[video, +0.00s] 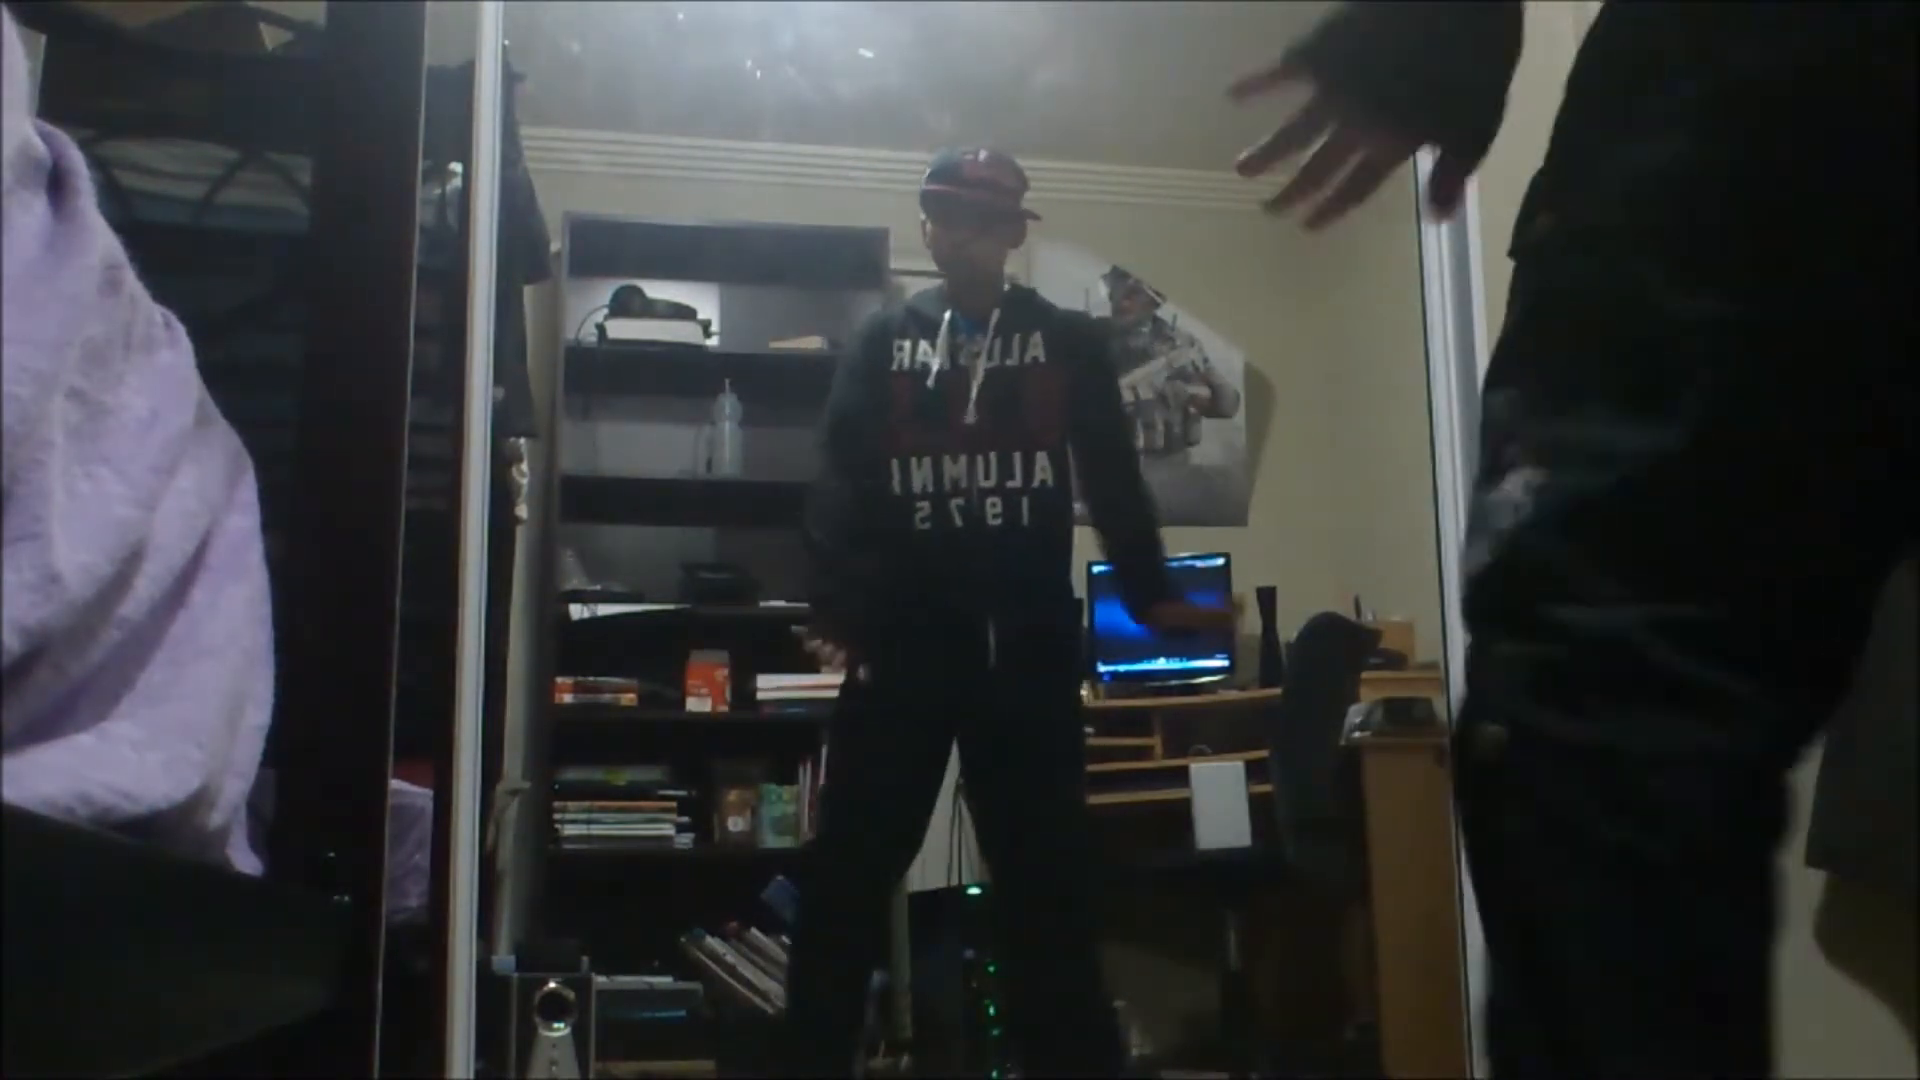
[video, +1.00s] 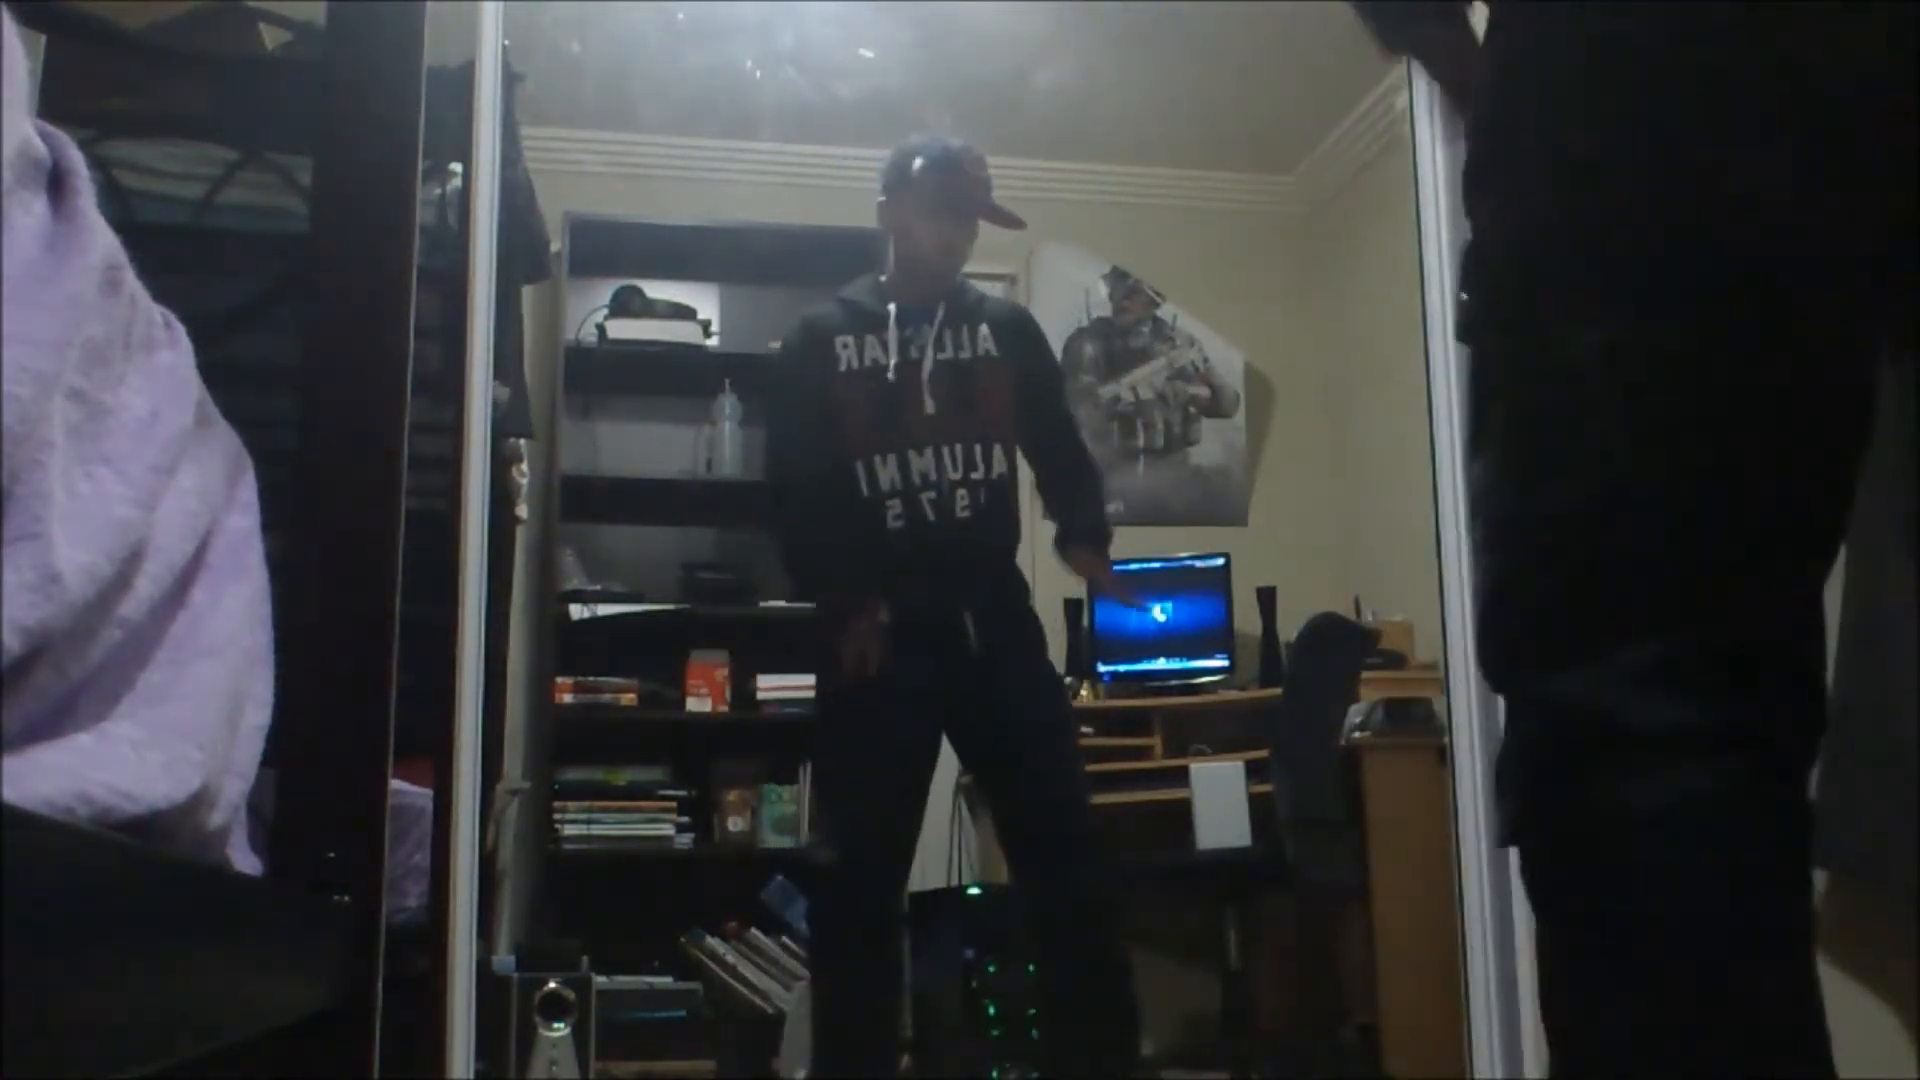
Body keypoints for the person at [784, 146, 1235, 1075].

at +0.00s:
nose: (973, 237)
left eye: (992, 220)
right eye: (956, 218)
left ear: (1021, 230)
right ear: (927, 226)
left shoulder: (1068, 340)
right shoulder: (881, 337)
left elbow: (1113, 481)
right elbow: (839, 480)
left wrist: (1156, 601)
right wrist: (836, 602)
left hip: (1027, 637)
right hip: (905, 634)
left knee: (1045, 868)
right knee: (850, 865)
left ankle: (1067, 1063)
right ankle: (814, 1062)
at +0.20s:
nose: (933, 239)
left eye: (957, 224)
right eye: (922, 222)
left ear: (996, 234)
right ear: (904, 230)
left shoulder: (1053, 339)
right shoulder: (873, 353)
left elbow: (1098, 493)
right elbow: (853, 523)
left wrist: (1087, 529)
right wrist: (800, 602)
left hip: (1022, 634)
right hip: (904, 634)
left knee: (1054, 869)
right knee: (828, 852)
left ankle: (1055, 1065)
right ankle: (767, 1063)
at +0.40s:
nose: (886, 247)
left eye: (907, 230)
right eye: (877, 230)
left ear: (951, 235)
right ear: (868, 233)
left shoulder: (1011, 323)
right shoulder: (857, 351)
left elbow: (1059, 466)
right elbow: (813, 477)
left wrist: (960, 489)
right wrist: (732, 520)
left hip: (989, 626)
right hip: (879, 630)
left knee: (1009, 857)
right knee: (820, 820)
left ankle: (1024, 1061)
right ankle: (822, 1051)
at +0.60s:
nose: (870, 235)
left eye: (890, 219)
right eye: (857, 219)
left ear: (930, 227)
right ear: (841, 227)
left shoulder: (989, 326)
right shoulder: (824, 357)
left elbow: (1072, 465)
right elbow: (783, 501)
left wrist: (996, 534)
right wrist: (735, 609)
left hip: (975, 641)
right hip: (862, 643)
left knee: (1002, 879)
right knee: (826, 876)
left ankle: (1024, 1065)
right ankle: (819, 1063)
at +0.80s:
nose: (892, 214)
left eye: (914, 202)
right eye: (877, 197)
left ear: (941, 225)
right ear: (846, 214)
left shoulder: (989, 329)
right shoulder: (802, 352)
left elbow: (1080, 441)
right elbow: (782, 501)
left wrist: (1087, 478)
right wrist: (810, 624)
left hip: (983, 625)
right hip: (860, 633)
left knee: (1049, 851)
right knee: (835, 868)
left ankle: (1093, 1056)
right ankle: (820, 1065)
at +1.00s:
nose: (960, 230)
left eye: (971, 214)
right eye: (941, 209)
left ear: (982, 223)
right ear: (889, 211)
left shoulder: (1006, 327)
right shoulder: (822, 335)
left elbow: (1054, 440)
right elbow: (798, 486)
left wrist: (1082, 526)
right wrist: (841, 601)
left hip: (993, 614)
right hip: (875, 620)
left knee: (1062, 843)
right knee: (864, 866)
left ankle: (1095, 1059)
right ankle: (852, 1068)